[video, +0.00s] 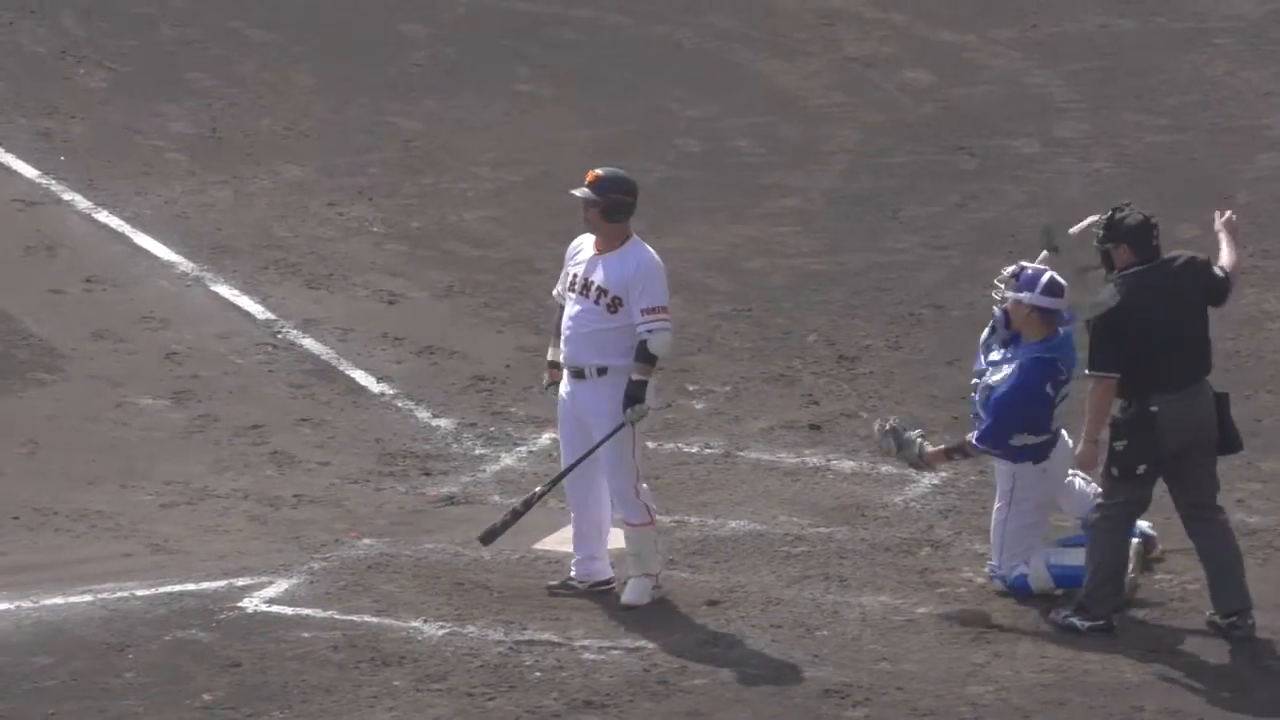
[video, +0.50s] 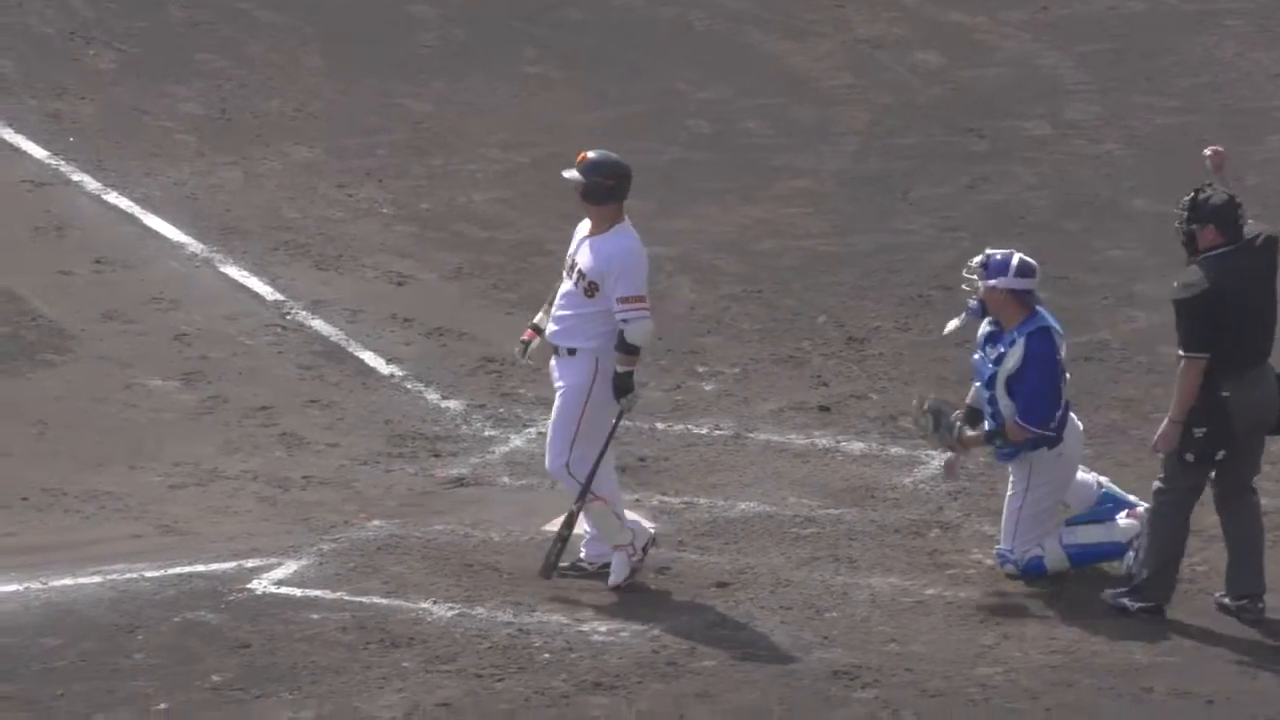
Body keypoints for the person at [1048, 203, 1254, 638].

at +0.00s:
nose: (1107, 255)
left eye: (1109, 248)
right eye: (1108, 247)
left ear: (1122, 252)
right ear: (1150, 244)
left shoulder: (1113, 306)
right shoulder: (1188, 270)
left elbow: (1103, 383)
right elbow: (1226, 278)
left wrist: (1089, 440)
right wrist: (1227, 234)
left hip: (1144, 417)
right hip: (1197, 406)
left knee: (1114, 513)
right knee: (1203, 509)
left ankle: (1095, 611)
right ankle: (1236, 612)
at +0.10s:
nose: (1128, 250)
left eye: (1130, 243)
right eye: (1129, 243)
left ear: (1143, 247)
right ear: (1175, 240)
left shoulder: (1133, 302)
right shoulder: (1211, 267)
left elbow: (1122, 378)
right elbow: (1237, 251)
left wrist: (1105, 434)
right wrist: (1227, 197)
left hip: (1158, 412)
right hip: (1212, 402)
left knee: (1128, 510)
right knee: (1215, 510)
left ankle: (1102, 605)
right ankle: (1240, 609)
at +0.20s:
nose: (1148, 242)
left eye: (1151, 236)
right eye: (1151, 235)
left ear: (1163, 241)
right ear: (1194, 236)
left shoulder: (1152, 295)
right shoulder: (1228, 263)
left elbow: (1142, 372)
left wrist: (1122, 426)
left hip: (1176, 410)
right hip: (1227, 399)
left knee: (1142, 505)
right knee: (1222, 505)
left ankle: (1109, 597)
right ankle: (1243, 606)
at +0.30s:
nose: (1165, 238)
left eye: (1170, 232)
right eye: (1167, 231)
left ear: (1185, 238)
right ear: (1209, 236)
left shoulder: (1172, 292)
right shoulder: (1241, 261)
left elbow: (1162, 369)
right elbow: (1244, 245)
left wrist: (1142, 422)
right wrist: (1236, 228)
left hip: (1190, 407)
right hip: (1239, 395)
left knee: (1152, 500)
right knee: (1230, 497)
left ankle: (1115, 593)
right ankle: (1244, 601)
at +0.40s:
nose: (1179, 238)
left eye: (1182, 232)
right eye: (1180, 231)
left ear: (1199, 235)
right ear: (1224, 229)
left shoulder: (1188, 285)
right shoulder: (1254, 259)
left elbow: (1180, 364)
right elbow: (1236, 231)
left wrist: (1160, 422)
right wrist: (1224, 194)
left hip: (1204, 402)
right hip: (1252, 393)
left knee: (1161, 495)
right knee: (1234, 491)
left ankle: (1129, 591)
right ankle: (1246, 598)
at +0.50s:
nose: (1187, 234)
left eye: (1192, 227)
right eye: (1189, 226)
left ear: (1208, 233)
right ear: (1230, 229)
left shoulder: (1198, 286)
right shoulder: (1265, 253)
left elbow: (1194, 364)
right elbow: (1237, 221)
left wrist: (1173, 421)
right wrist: (1222, 177)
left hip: (1212, 400)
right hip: (1258, 389)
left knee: (1174, 494)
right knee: (1238, 489)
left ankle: (1150, 592)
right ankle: (1248, 593)